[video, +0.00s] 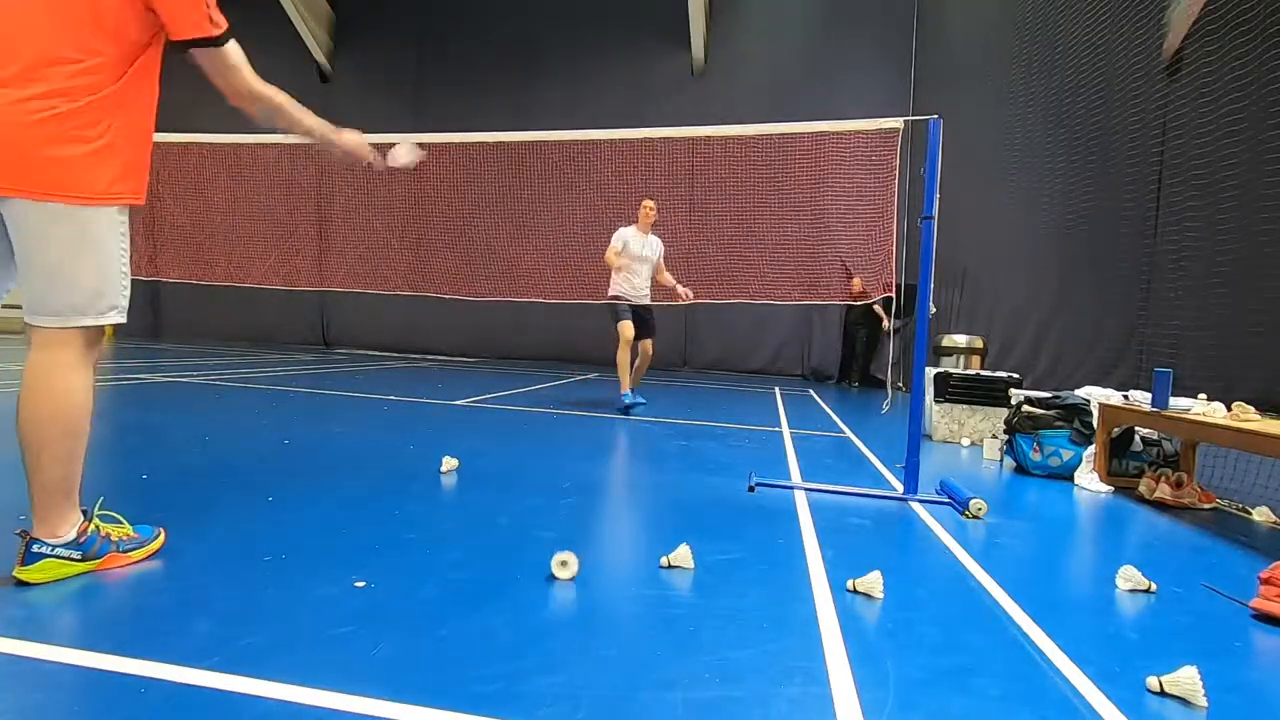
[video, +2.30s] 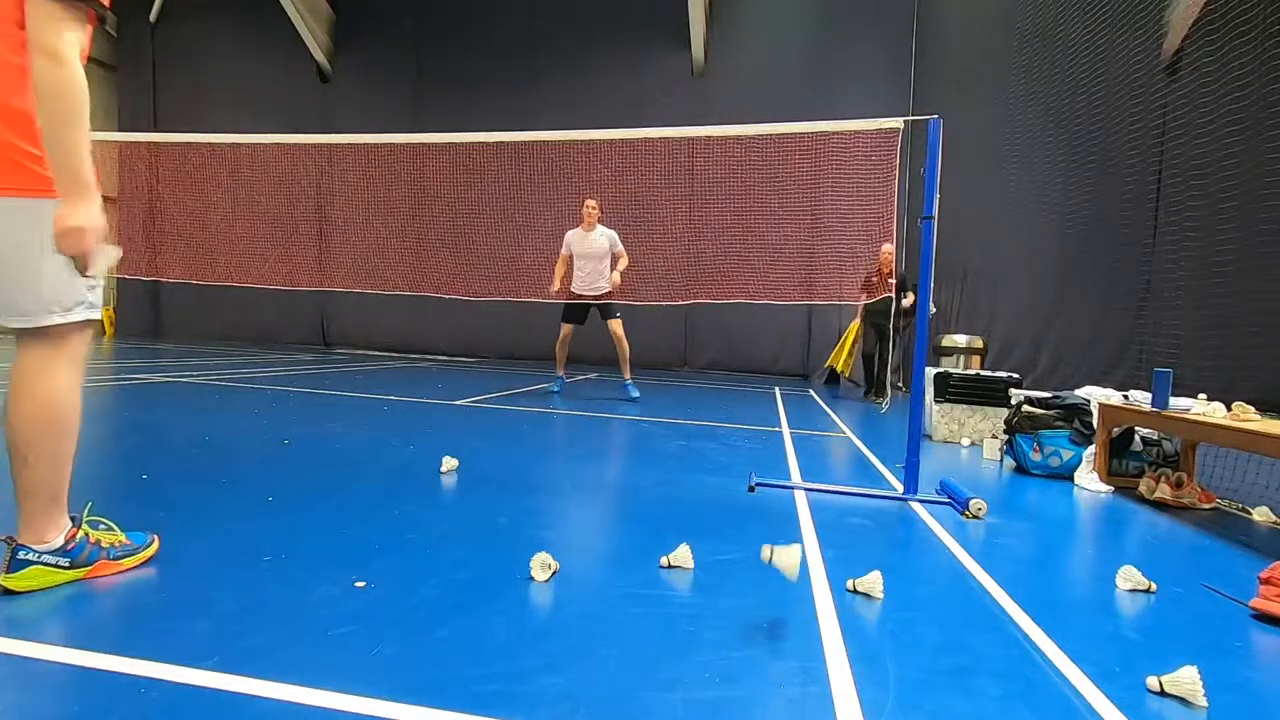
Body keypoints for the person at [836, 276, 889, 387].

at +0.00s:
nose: (856, 287)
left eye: (858, 285)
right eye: (854, 285)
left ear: (862, 285)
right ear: (850, 286)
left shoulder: (867, 299)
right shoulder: (849, 300)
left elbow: (876, 307)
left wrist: (884, 318)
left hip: (863, 328)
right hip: (849, 328)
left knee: (859, 353)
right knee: (847, 352)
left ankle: (855, 379)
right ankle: (845, 377)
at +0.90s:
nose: (873, 273)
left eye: (876, 270)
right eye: (871, 270)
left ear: (881, 273)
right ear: (866, 273)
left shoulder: (884, 289)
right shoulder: (859, 288)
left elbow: (889, 307)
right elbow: (851, 304)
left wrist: (890, 322)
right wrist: (846, 322)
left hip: (878, 327)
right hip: (861, 326)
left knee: (877, 357)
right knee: (859, 357)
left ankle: (878, 383)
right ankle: (858, 381)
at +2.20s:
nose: (887, 258)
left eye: (890, 256)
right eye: (884, 255)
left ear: (894, 258)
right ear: (879, 257)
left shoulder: (899, 280)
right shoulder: (870, 277)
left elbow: (908, 299)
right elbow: (863, 299)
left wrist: (911, 317)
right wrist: (858, 317)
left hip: (889, 325)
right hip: (870, 324)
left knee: (884, 358)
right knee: (867, 354)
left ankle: (880, 391)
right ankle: (871, 384)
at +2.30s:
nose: (887, 257)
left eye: (890, 254)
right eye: (884, 253)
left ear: (895, 256)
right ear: (880, 255)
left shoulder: (900, 276)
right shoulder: (872, 274)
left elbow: (909, 294)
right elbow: (864, 295)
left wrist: (907, 301)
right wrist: (859, 316)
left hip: (890, 321)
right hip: (871, 319)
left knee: (884, 358)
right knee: (867, 353)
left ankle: (880, 391)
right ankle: (869, 386)